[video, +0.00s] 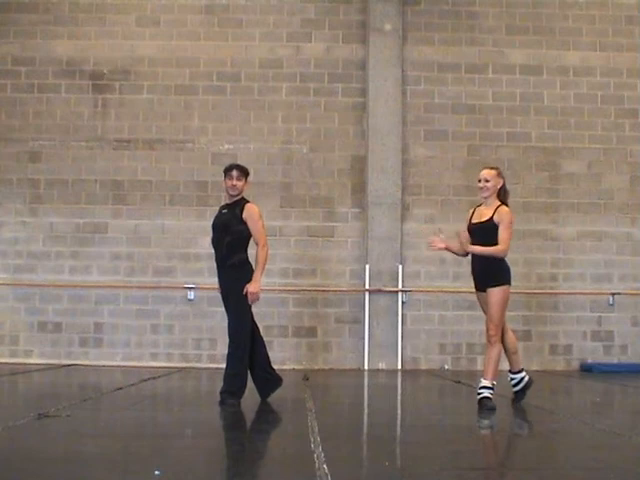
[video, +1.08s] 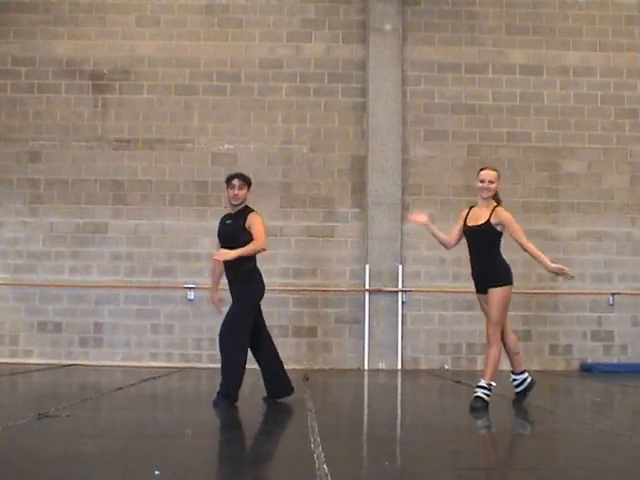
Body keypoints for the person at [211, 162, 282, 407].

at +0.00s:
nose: (234, 183)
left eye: (239, 179)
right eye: (230, 178)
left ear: (246, 183)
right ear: (224, 182)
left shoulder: (249, 209)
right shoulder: (224, 209)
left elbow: (262, 245)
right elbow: (224, 247)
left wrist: (256, 281)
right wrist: (222, 280)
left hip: (240, 275)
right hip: (225, 276)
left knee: (238, 333)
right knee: (246, 330)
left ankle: (231, 393)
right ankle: (267, 379)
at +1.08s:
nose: (236, 192)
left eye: (241, 188)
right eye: (232, 188)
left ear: (248, 191)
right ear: (226, 191)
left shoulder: (252, 217)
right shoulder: (226, 219)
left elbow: (260, 243)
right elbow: (221, 254)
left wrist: (232, 253)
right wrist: (215, 286)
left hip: (251, 286)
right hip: (237, 286)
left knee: (230, 335)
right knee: (258, 337)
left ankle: (228, 394)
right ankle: (279, 386)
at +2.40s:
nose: (280, 173)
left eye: (285, 169)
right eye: (275, 169)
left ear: (292, 174)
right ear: (268, 175)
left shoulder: (302, 198)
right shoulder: (258, 196)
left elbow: (321, 164)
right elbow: (238, 161)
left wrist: (334, 131)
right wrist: (225, 127)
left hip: (294, 281)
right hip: (264, 281)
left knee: (312, 338)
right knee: (248, 339)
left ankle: (330, 396)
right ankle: (227, 399)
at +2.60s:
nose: (287, 186)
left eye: (291, 182)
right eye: (282, 182)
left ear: (300, 188)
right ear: (274, 188)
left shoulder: (303, 210)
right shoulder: (267, 212)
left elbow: (305, 195)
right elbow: (260, 184)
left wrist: (283, 211)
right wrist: (288, 198)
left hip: (300, 291)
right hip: (270, 291)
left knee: (318, 345)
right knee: (251, 343)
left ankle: (332, 400)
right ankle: (222, 398)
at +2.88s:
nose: (281, 186)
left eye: (287, 183)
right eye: (278, 182)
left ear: (297, 189)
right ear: (273, 188)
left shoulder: (306, 217)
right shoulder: (264, 215)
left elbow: (299, 230)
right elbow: (273, 235)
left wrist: (289, 205)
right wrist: (284, 208)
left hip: (295, 295)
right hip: (263, 295)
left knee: (320, 343)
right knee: (238, 340)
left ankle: (332, 398)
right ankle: (220, 397)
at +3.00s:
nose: (285, 207)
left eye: (289, 203)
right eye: (280, 203)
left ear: (297, 208)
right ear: (273, 208)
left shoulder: (303, 240)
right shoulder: (260, 234)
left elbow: (294, 266)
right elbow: (267, 261)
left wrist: (281, 266)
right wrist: (282, 266)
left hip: (293, 309)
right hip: (261, 308)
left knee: (329, 343)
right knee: (228, 339)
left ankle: (335, 400)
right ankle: (216, 398)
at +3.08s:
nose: (284, 225)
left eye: (289, 221)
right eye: (279, 221)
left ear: (295, 227)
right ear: (272, 227)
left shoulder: (303, 260)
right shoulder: (258, 253)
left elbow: (290, 291)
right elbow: (266, 284)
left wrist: (278, 318)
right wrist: (278, 316)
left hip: (294, 321)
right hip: (261, 320)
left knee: (334, 347)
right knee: (224, 345)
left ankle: (336, 401)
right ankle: (213, 402)